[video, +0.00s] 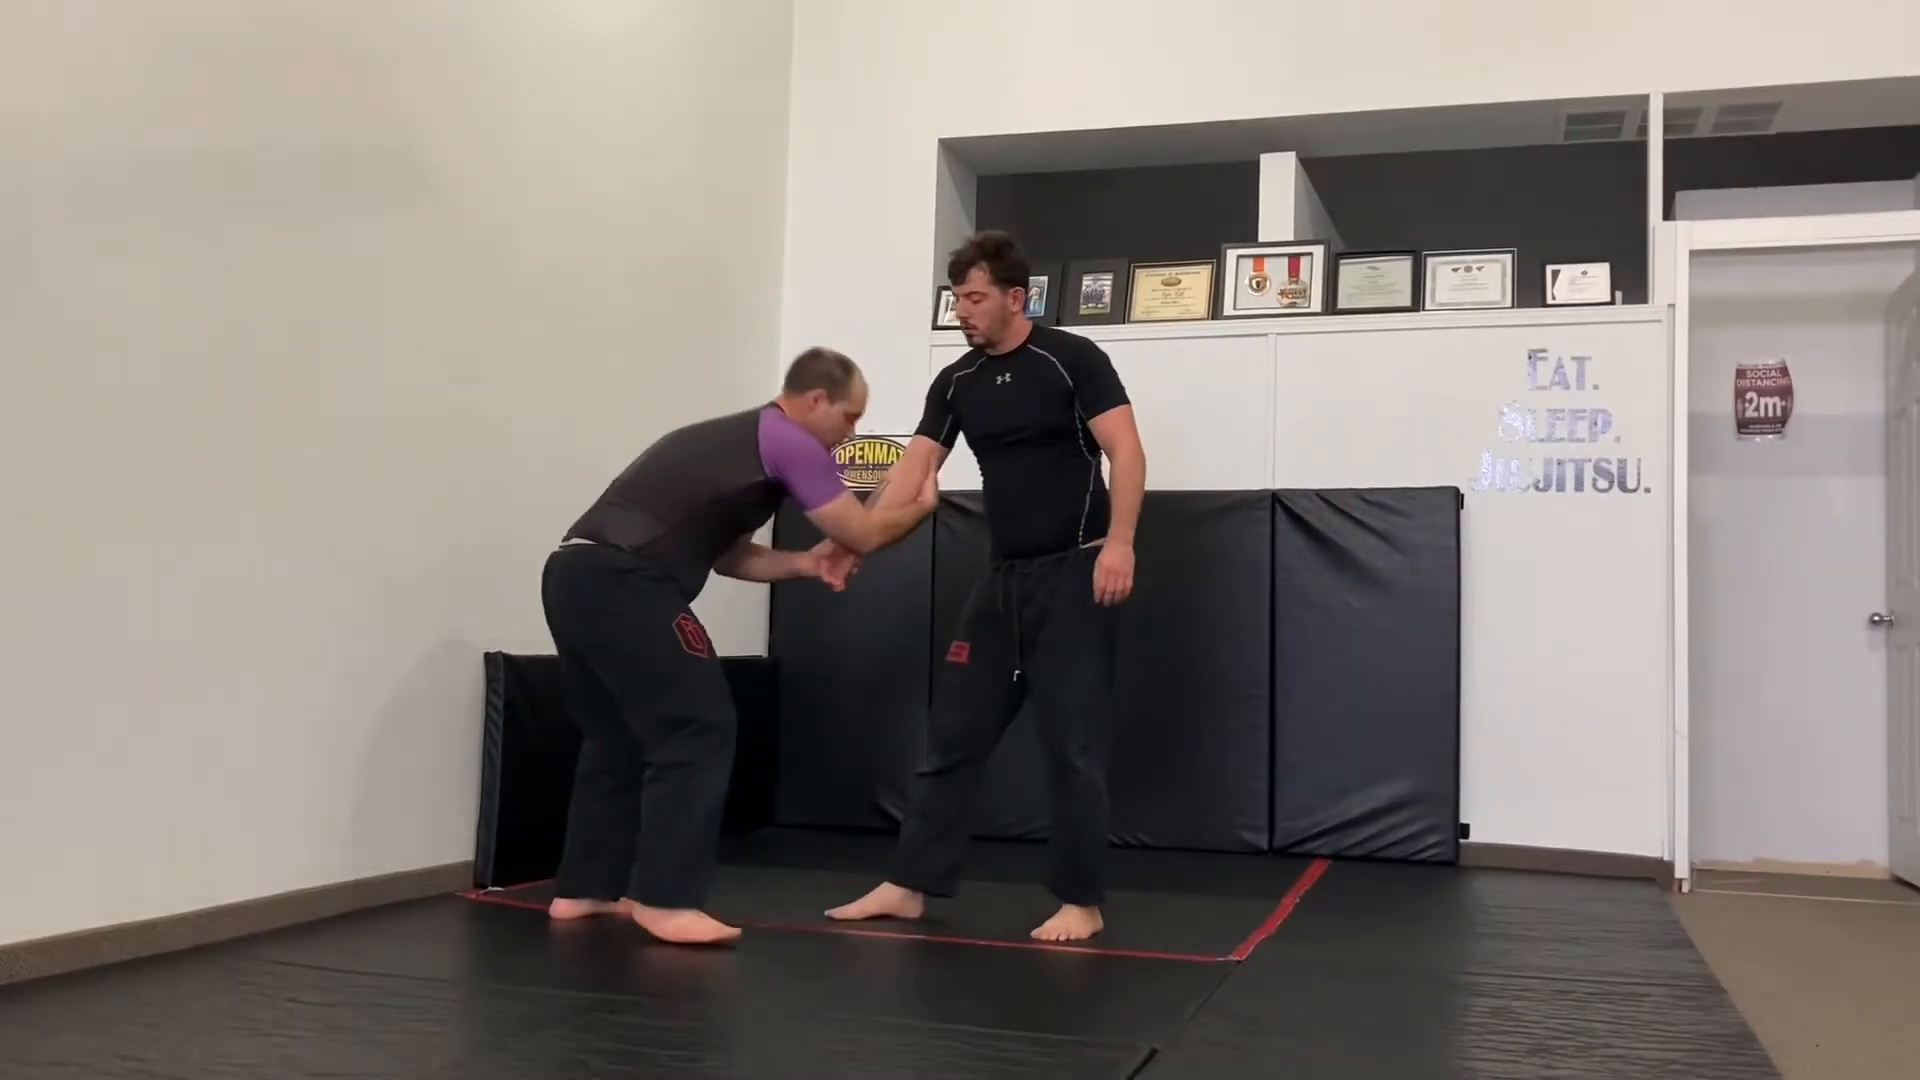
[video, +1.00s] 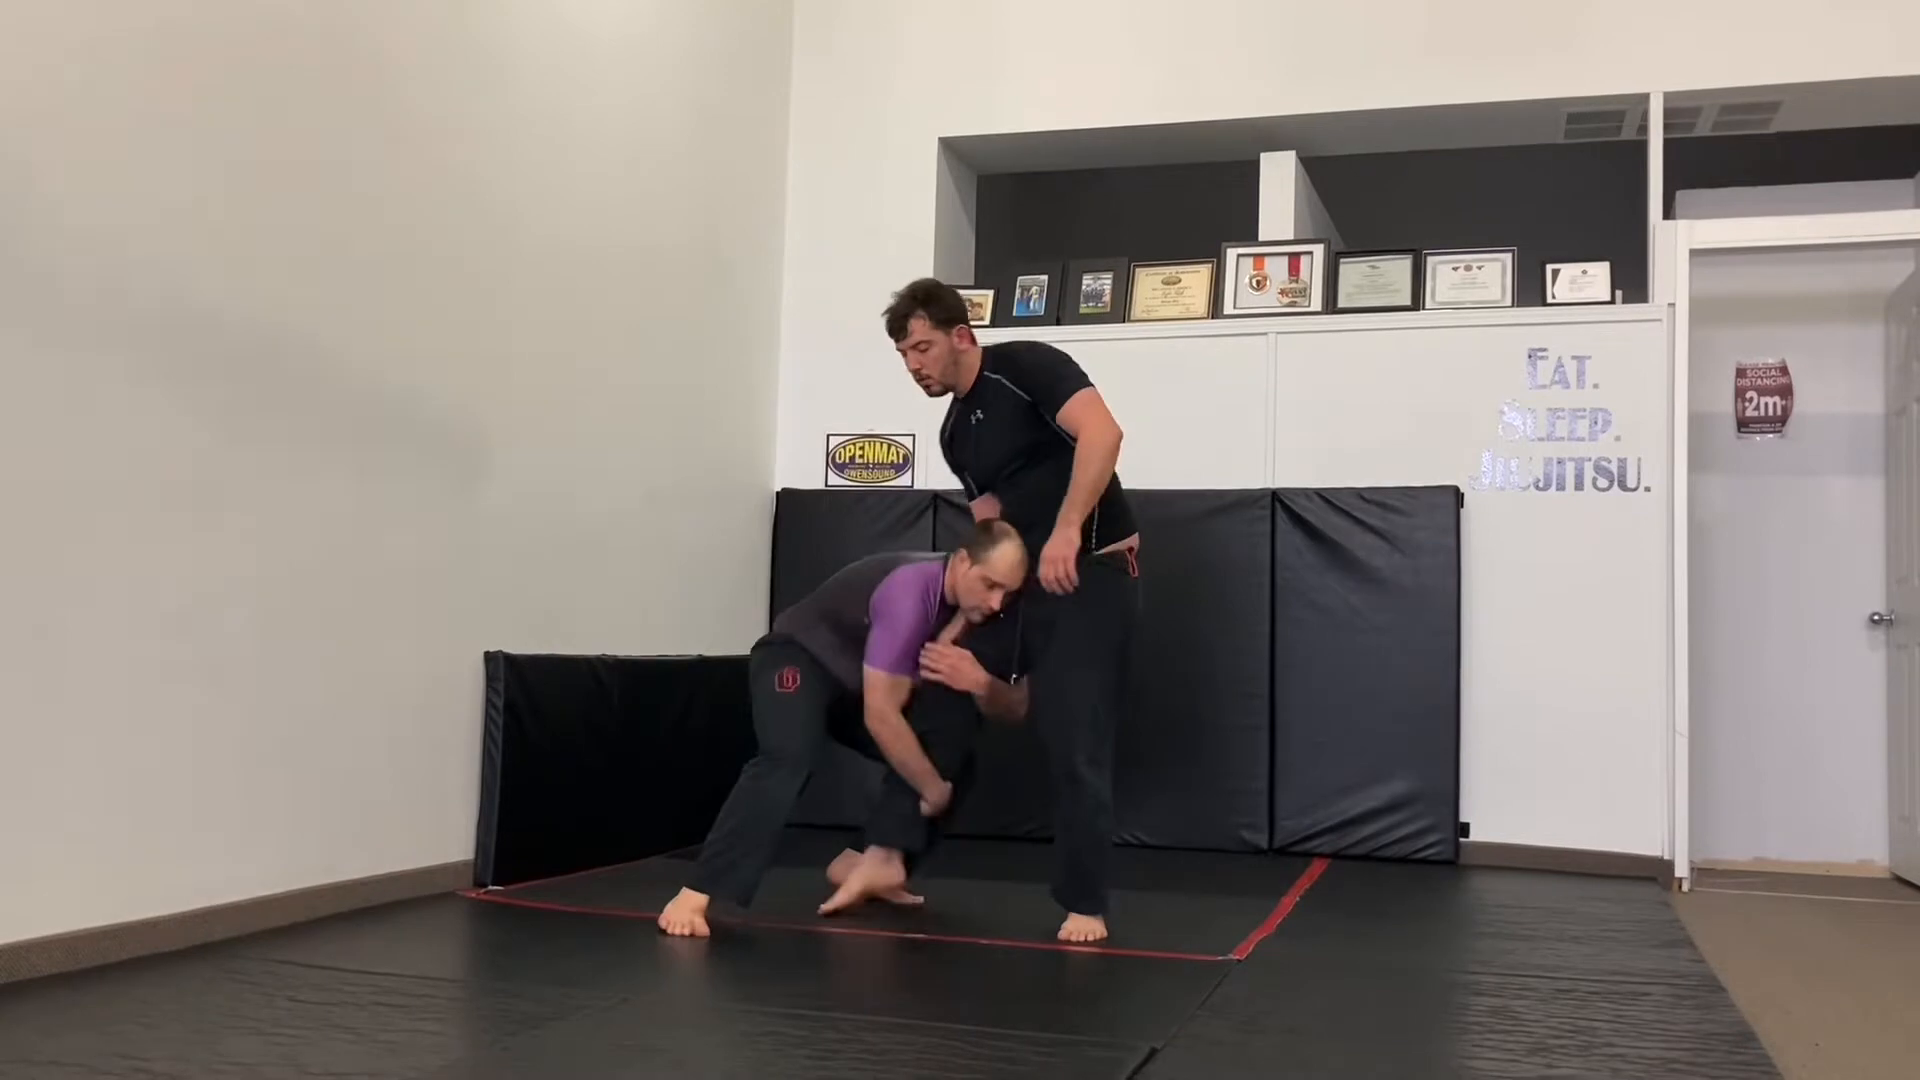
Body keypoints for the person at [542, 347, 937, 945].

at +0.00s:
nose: (851, 433)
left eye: (855, 420)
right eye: (850, 417)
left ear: (801, 400)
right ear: (816, 401)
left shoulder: (735, 438)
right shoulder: (790, 440)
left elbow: (728, 557)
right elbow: (864, 532)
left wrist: (807, 561)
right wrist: (921, 504)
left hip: (575, 574)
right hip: (627, 581)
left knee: (614, 735)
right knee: (699, 727)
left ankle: (583, 887)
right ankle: (665, 898)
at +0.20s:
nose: (893, 482)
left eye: (900, 471)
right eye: (889, 467)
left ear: (843, 442)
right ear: (851, 444)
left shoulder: (791, 464)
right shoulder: (814, 473)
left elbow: (763, 570)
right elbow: (869, 571)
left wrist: (797, 634)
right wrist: (912, 514)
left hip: (627, 591)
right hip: (644, 597)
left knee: (687, 729)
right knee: (720, 733)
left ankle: (609, 849)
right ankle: (668, 896)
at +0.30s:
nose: (911, 512)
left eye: (919, 501)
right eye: (906, 497)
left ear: (862, 469)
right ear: (868, 471)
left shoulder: (818, 491)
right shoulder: (827, 497)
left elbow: (802, 608)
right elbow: (874, 600)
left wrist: (837, 678)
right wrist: (914, 531)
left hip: (683, 604)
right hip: (659, 602)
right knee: (736, 739)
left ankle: (683, 841)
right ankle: (670, 895)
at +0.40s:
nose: (931, 550)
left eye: (939, 539)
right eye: (925, 533)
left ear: (894, 502)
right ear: (890, 504)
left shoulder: (868, 528)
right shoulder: (846, 528)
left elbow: (859, 640)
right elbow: (867, 644)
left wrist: (893, 703)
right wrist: (912, 570)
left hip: (732, 623)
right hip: (682, 614)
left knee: (806, 726)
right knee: (750, 747)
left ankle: (810, 859)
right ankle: (672, 895)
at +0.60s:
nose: (970, 611)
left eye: (980, 602)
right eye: (965, 596)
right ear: (932, 566)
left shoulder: (928, 594)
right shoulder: (879, 595)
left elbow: (951, 668)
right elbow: (848, 724)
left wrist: (1003, 730)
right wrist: (943, 727)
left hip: (803, 674)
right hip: (741, 662)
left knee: (892, 741)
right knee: (799, 766)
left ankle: (848, 874)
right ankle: (696, 896)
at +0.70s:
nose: (988, 632)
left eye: (996, 623)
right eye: (982, 617)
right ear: (949, 589)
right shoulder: (897, 623)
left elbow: (1007, 682)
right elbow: (882, 757)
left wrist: (1032, 739)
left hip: (834, 692)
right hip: (767, 675)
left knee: (937, 746)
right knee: (803, 773)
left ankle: (854, 870)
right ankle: (699, 898)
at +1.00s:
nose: (996, 602)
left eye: (1009, 593)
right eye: (989, 586)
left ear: (1018, 586)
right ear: (960, 562)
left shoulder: (998, 612)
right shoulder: (908, 593)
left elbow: (1017, 708)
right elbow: (880, 713)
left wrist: (983, 685)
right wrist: (931, 785)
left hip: (859, 684)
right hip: (796, 659)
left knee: (947, 729)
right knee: (788, 758)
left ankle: (872, 859)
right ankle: (696, 894)